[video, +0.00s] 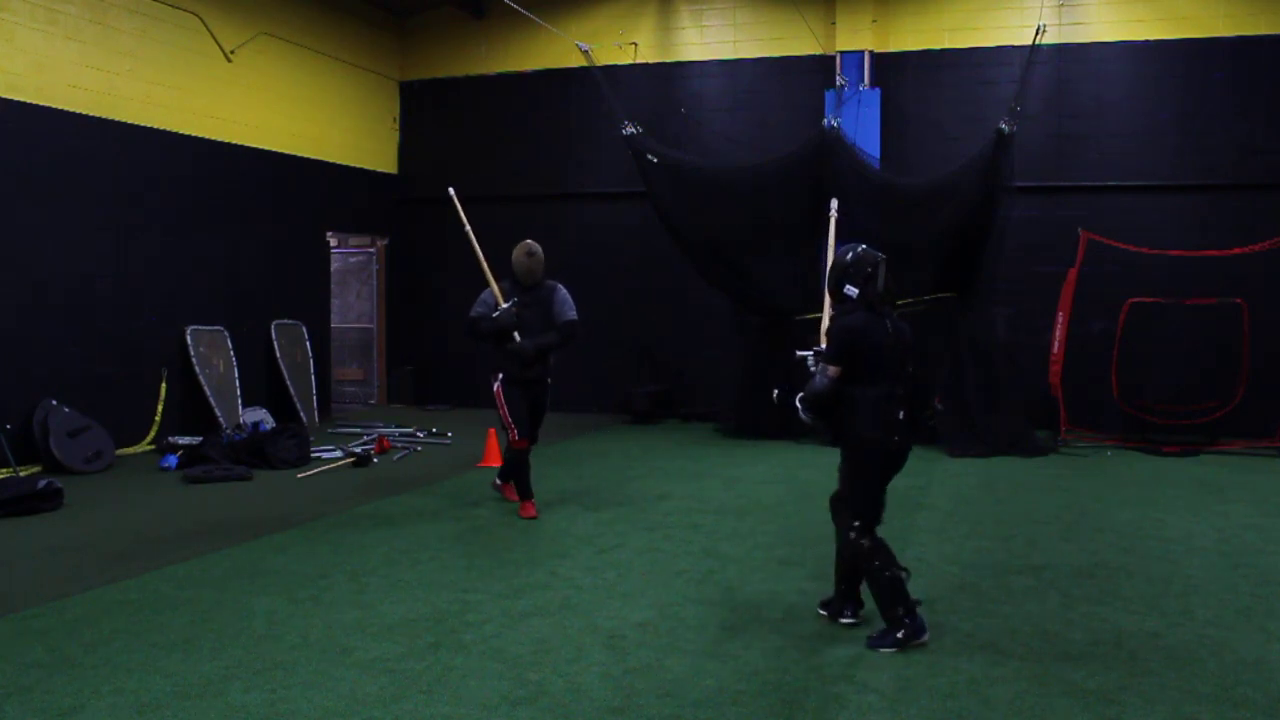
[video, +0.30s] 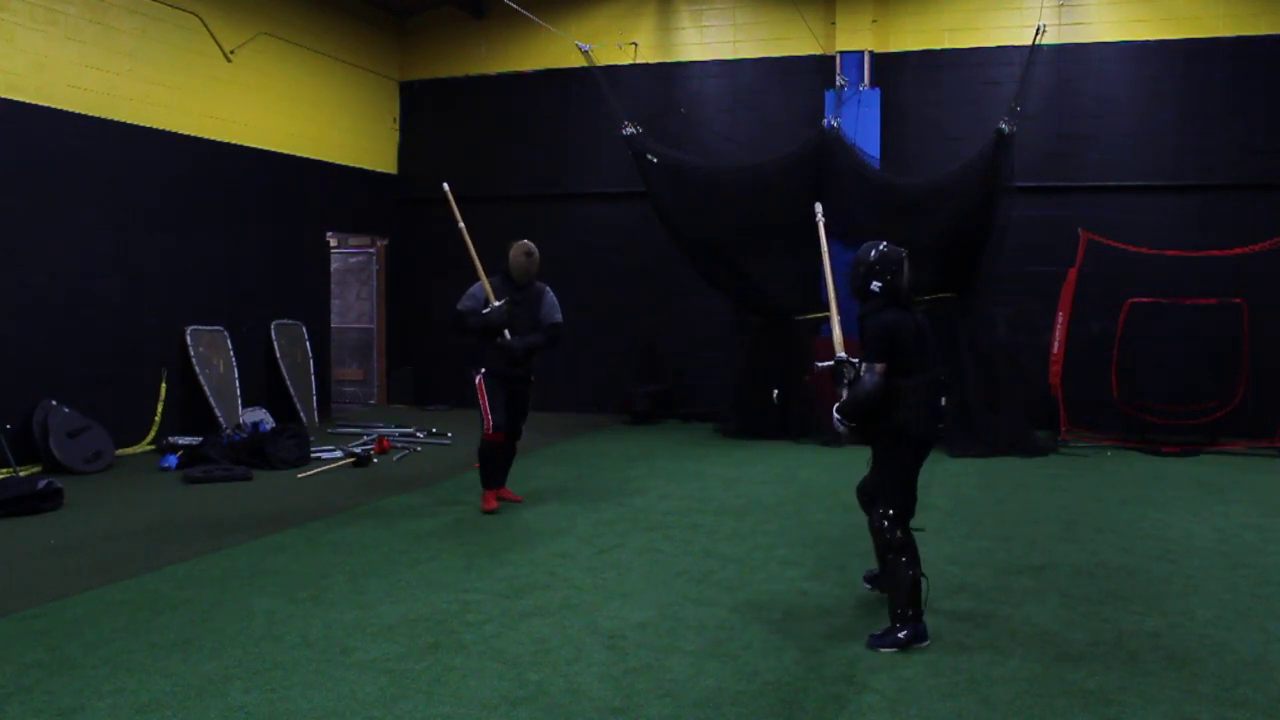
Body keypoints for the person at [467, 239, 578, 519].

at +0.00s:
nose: (530, 280)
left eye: (534, 274)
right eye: (525, 275)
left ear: (542, 270)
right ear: (516, 270)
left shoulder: (555, 293)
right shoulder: (497, 294)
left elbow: (570, 330)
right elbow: (473, 327)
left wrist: (534, 346)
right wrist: (499, 321)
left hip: (540, 376)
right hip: (507, 375)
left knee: (528, 437)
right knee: (519, 437)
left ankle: (503, 479)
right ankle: (526, 498)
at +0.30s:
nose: (526, 273)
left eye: (531, 268)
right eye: (522, 267)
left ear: (536, 267)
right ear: (510, 265)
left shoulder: (543, 295)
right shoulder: (487, 289)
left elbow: (554, 332)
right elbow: (461, 320)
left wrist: (520, 344)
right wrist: (492, 317)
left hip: (522, 372)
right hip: (489, 369)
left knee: (513, 430)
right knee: (494, 428)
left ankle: (500, 485)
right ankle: (489, 490)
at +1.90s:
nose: (517, 258)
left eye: (520, 251)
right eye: (511, 250)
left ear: (519, 258)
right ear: (492, 252)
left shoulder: (511, 294)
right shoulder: (457, 284)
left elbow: (526, 337)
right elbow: (425, 313)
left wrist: (505, 351)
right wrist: (474, 319)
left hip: (493, 388)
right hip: (455, 387)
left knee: (520, 451)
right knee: (455, 462)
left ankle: (503, 515)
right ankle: (446, 536)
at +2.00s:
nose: (521, 260)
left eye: (523, 253)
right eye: (515, 252)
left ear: (516, 257)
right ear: (496, 252)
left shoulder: (511, 295)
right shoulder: (460, 283)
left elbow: (526, 337)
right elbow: (431, 315)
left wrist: (511, 354)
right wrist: (482, 322)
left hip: (493, 388)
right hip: (455, 388)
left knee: (517, 456)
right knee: (455, 464)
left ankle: (512, 531)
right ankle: (446, 536)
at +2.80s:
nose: (547, 282)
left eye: (548, 274)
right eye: (543, 273)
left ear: (523, 271)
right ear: (524, 271)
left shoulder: (520, 313)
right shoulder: (487, 298)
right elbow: (459, 332)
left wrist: (520, 387)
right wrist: (512, 352)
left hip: (483, 407)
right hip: (449, 406)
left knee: (519, 471)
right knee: (434, 492)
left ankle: (523, 550)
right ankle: (394, 573)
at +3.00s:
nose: (538, 285)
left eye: (539, 277)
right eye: (533, 276)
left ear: (514, 275)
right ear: (515, 274)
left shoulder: (514, 317)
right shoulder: (482, 303)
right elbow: (456, 341)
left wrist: (517, 391)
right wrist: (509, 357)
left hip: (474, 417)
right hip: (443, 415)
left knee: (508, 481)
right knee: (427, 501)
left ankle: (483, 560)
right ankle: (380, 582)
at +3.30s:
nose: (527, 278)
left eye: (528, 270)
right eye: (523, 269)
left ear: (501, 265)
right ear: (504, 266)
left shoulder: (499, 305)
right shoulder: (472, 291)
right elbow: (447, 330)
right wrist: (500, 348)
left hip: (460, 408)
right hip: (430, 406)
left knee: (489, 475)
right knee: (424, 495)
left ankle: (478, 560)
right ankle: (373, 578)